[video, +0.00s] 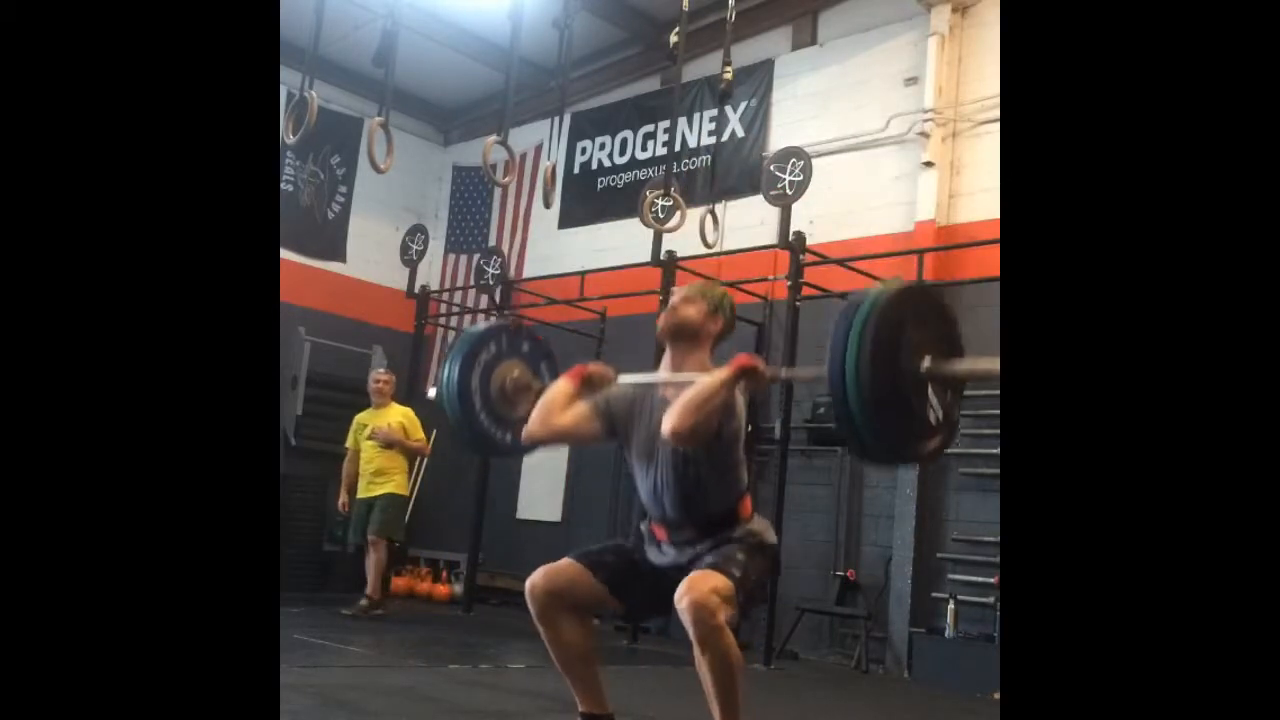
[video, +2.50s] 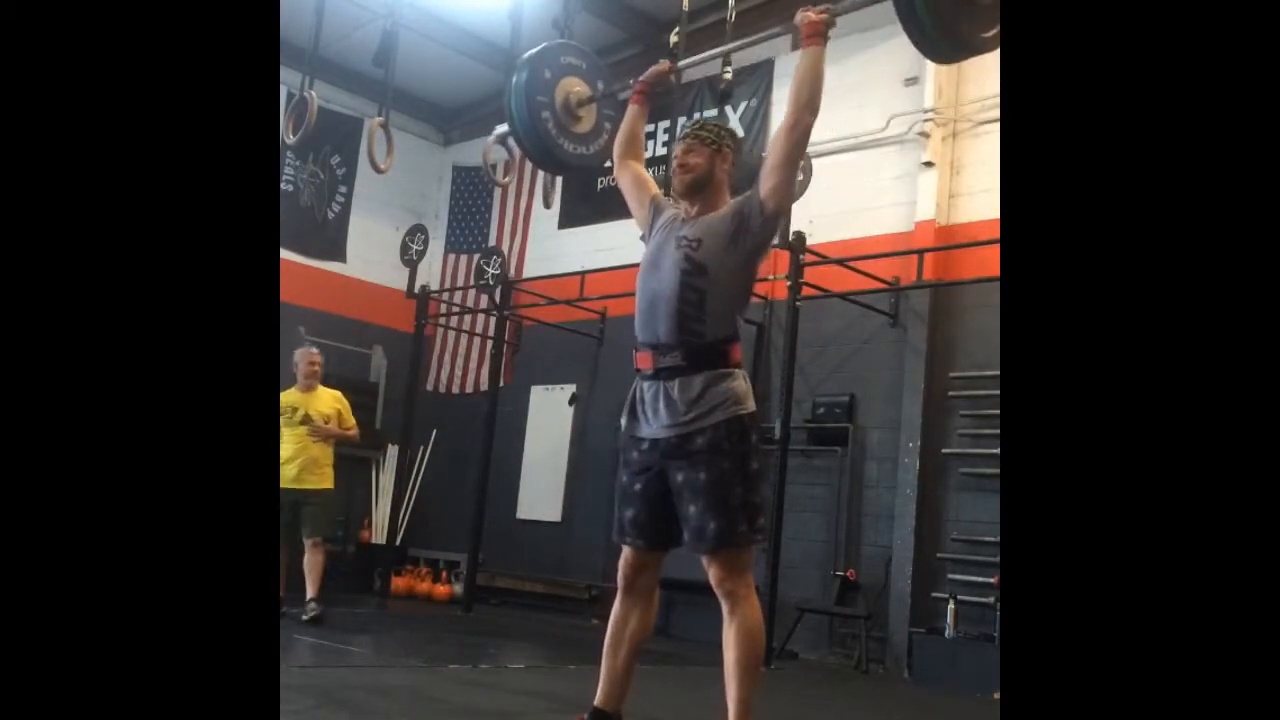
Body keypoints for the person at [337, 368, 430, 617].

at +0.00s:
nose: (381, 386)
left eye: (386, 382)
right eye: (376, 382)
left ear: (393, 387)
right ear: (368, 386)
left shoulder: (405, 414)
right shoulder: (360, 419)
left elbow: (424, 448)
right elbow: (351, 457)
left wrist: (395, 439)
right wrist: (344, 491)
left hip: (393, 486)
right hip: (366, 488)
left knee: (375, 538)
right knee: (369, 543)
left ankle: (370, 596)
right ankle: (375, 596)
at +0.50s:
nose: (377, 383)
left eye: (382, 380)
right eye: (373, 378)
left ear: (389, 385)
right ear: (365, 382)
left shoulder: (394, 415)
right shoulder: (355, 412)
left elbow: (404, 452)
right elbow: (342, 448)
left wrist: (378, 441)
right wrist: (329, 480)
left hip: (370, 486)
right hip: (347, 485)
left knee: (348, 539)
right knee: (354, 543)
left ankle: (341, 597)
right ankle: (372, 593)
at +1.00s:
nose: (370, 379)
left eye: (376, 376)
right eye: (366, 374)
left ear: (383, 382)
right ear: (357, 378)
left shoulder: (389, 412)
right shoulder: (343, 408)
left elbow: (402, 451)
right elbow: (328, 445)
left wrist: (370, 439)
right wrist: (317, 479)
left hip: (363, 488)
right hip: (332, 484)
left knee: (355, 544)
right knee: (311, 539)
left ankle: (343, 600)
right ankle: (293, 595)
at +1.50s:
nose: (333, 373)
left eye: (339, 369)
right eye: (328, 368)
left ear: (347, 375)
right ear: (320, 372)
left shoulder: (360, 406)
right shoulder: (306, 405)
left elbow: (378, 443)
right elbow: (292, 444)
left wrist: (355, 438)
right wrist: (285, 479)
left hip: (344, 490)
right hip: (307, 486)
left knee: (343, 545)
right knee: (293, 539)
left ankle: (339, 599)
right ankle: (282, 593)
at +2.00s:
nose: (308, 371)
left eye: (312, 367)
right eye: (303, 366)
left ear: (318, 370)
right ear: (291, 369)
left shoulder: (331, 398)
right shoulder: (283, 401)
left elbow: (355, 432)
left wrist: (328, 429)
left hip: (318, 479)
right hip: (286, 479)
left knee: (318, 535)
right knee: (284, 539)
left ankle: (317, 588)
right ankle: (281, 592)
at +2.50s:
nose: (314, 369)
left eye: (318, 364)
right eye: (309, 364)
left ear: (322, 368)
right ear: (296, 367)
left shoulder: (336, 399)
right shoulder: (284, 399)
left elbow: (355, 434)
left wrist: (331, 431)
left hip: (318, 485)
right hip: (285, 483)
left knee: (314, 541)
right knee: (283, 543)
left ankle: (311, 600)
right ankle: (280, 597)